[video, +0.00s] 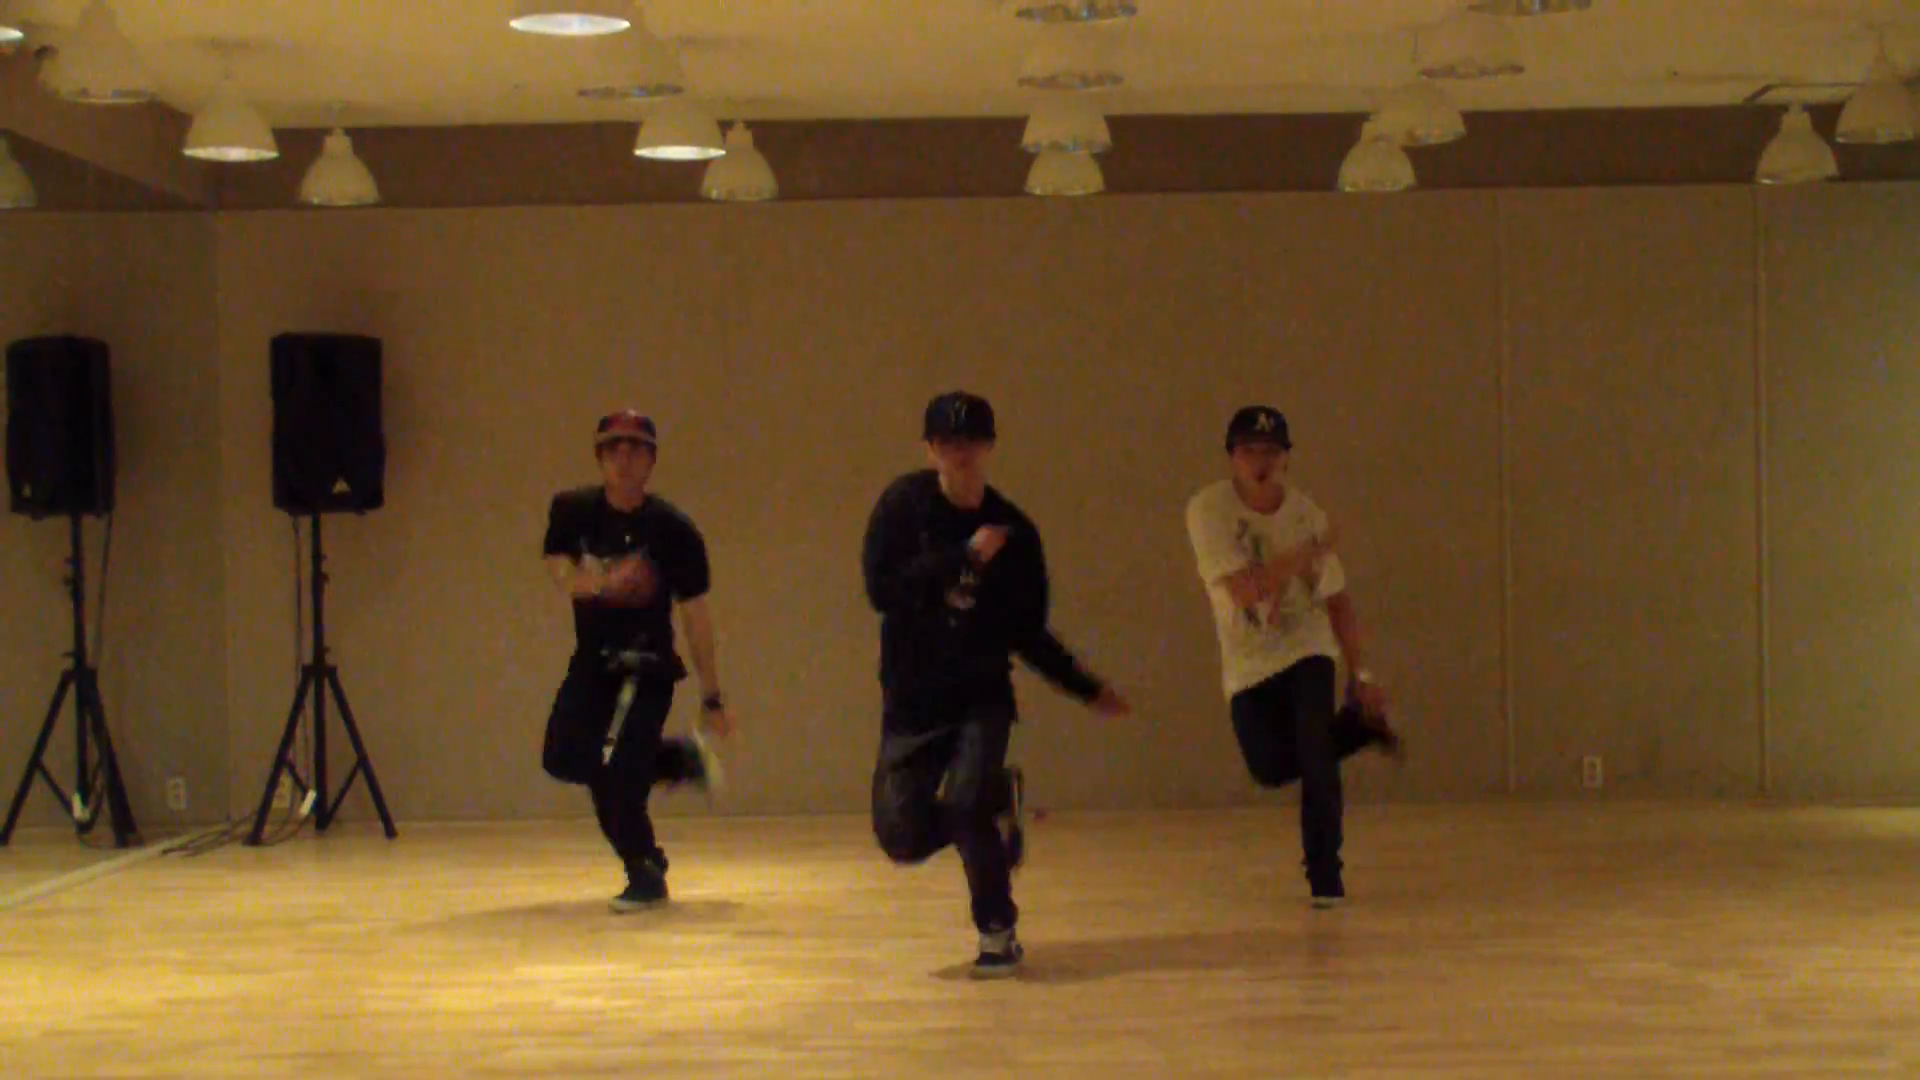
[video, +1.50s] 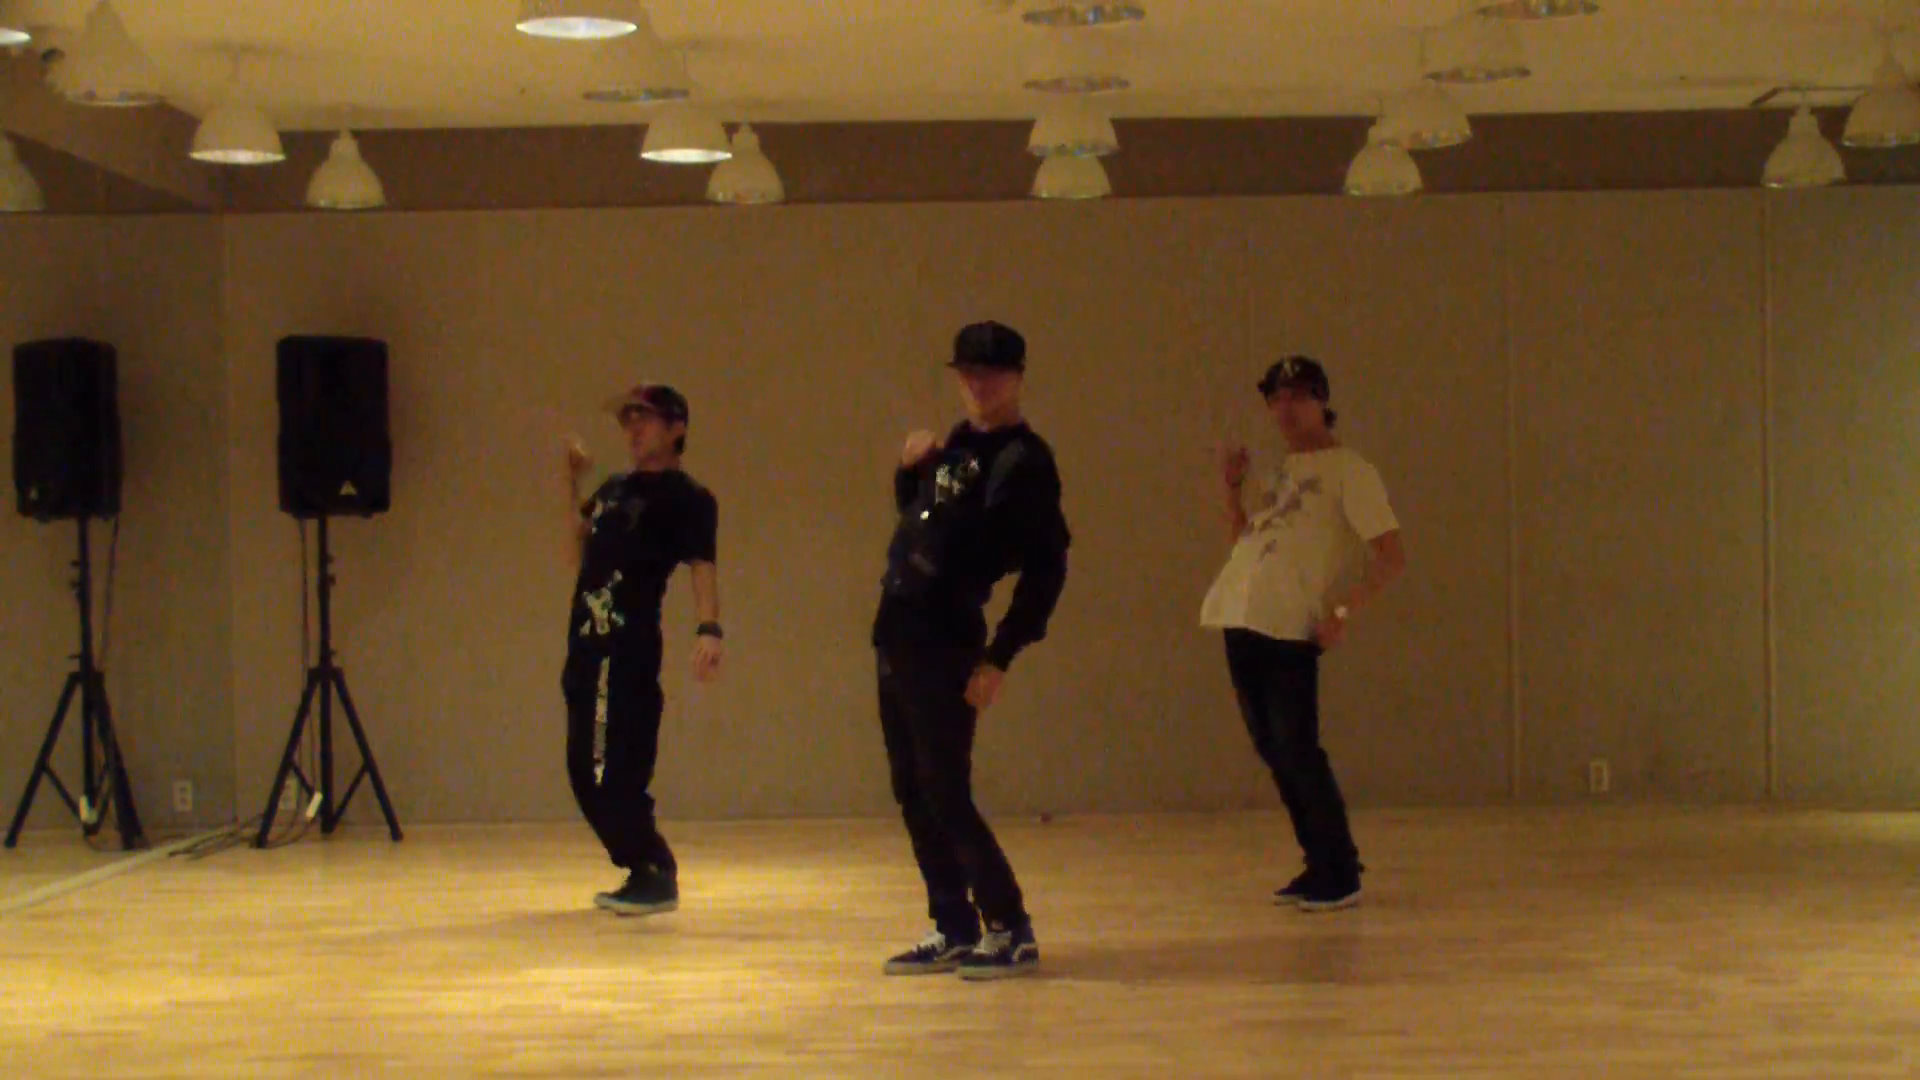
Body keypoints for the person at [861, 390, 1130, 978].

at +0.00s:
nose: (965, 460)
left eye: (975, 448)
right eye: (953, 449)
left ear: (990, 449)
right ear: (931, 450)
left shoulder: (1011, 528)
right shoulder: (902, 505)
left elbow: (1025, 631)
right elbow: (882, 593)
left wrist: (1087, 687)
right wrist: (964, 557)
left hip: (982, 693)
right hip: (913, 694)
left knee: (970, 802)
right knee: (900, 839)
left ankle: (995, 927)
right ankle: (991, 803)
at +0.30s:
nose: (847, 505)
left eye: (851, 493)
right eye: (839, 496)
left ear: (877, 469)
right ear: (871, 468)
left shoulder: (886, 536)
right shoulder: (917, 497)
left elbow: (869, 633)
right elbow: (968, 505)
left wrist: (810, 725)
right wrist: (988, 531)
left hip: (939, 709)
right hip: (879, 700)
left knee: (895, 841)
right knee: (787, 807)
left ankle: (989, 929)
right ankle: (720, 928)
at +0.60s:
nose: (832, 512)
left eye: (838, 496)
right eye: (822, 502)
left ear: (863, 471)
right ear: (811, 486)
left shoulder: (921, 509)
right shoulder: (841, 522)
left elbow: (926, 587)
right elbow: (853, 620)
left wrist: (866, 598)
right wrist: (829, 702)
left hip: (929, 707)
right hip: (861, 698)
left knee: (893, 848)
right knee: (778, 803)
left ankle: (998, 930)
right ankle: (718, 932)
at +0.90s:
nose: (889, 463)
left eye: (900, 450)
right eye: (878, 451)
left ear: (924, 449)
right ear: (862, 453)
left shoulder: (975, 507)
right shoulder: (855, 527)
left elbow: (1021, 580)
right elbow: (821, 621)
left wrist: (1008, 655)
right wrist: (770, 682)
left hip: (935, 698)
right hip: (863, 686)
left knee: (912, 844)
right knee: (776, 806)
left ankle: (1000, 933)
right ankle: (718, 933)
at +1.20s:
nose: (962, 382)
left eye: (976, 371)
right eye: (954, 370)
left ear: (1001, 376)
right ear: (942, 371)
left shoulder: (1010, 466)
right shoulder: (931, 400)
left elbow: (1030, 579)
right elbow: (921, 314)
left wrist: (977, 652)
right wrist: (922, 233)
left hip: (932, 644)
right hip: (874, 637)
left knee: (957, 793)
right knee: (901, 798)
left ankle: (1010, 929)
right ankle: (953, 928)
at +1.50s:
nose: (978, 387)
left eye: (991, 375)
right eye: (968, 375)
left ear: (1018, 377)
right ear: (957, 378)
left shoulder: (1028, 460)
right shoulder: (959, 443)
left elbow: (1047, 570)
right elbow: (917, 520)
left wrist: (998, 658)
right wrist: (909, 471)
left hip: (946, 640)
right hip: (900, 634)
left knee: (945, 792)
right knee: (914, 792)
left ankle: (1010, 929)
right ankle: (955, 931)